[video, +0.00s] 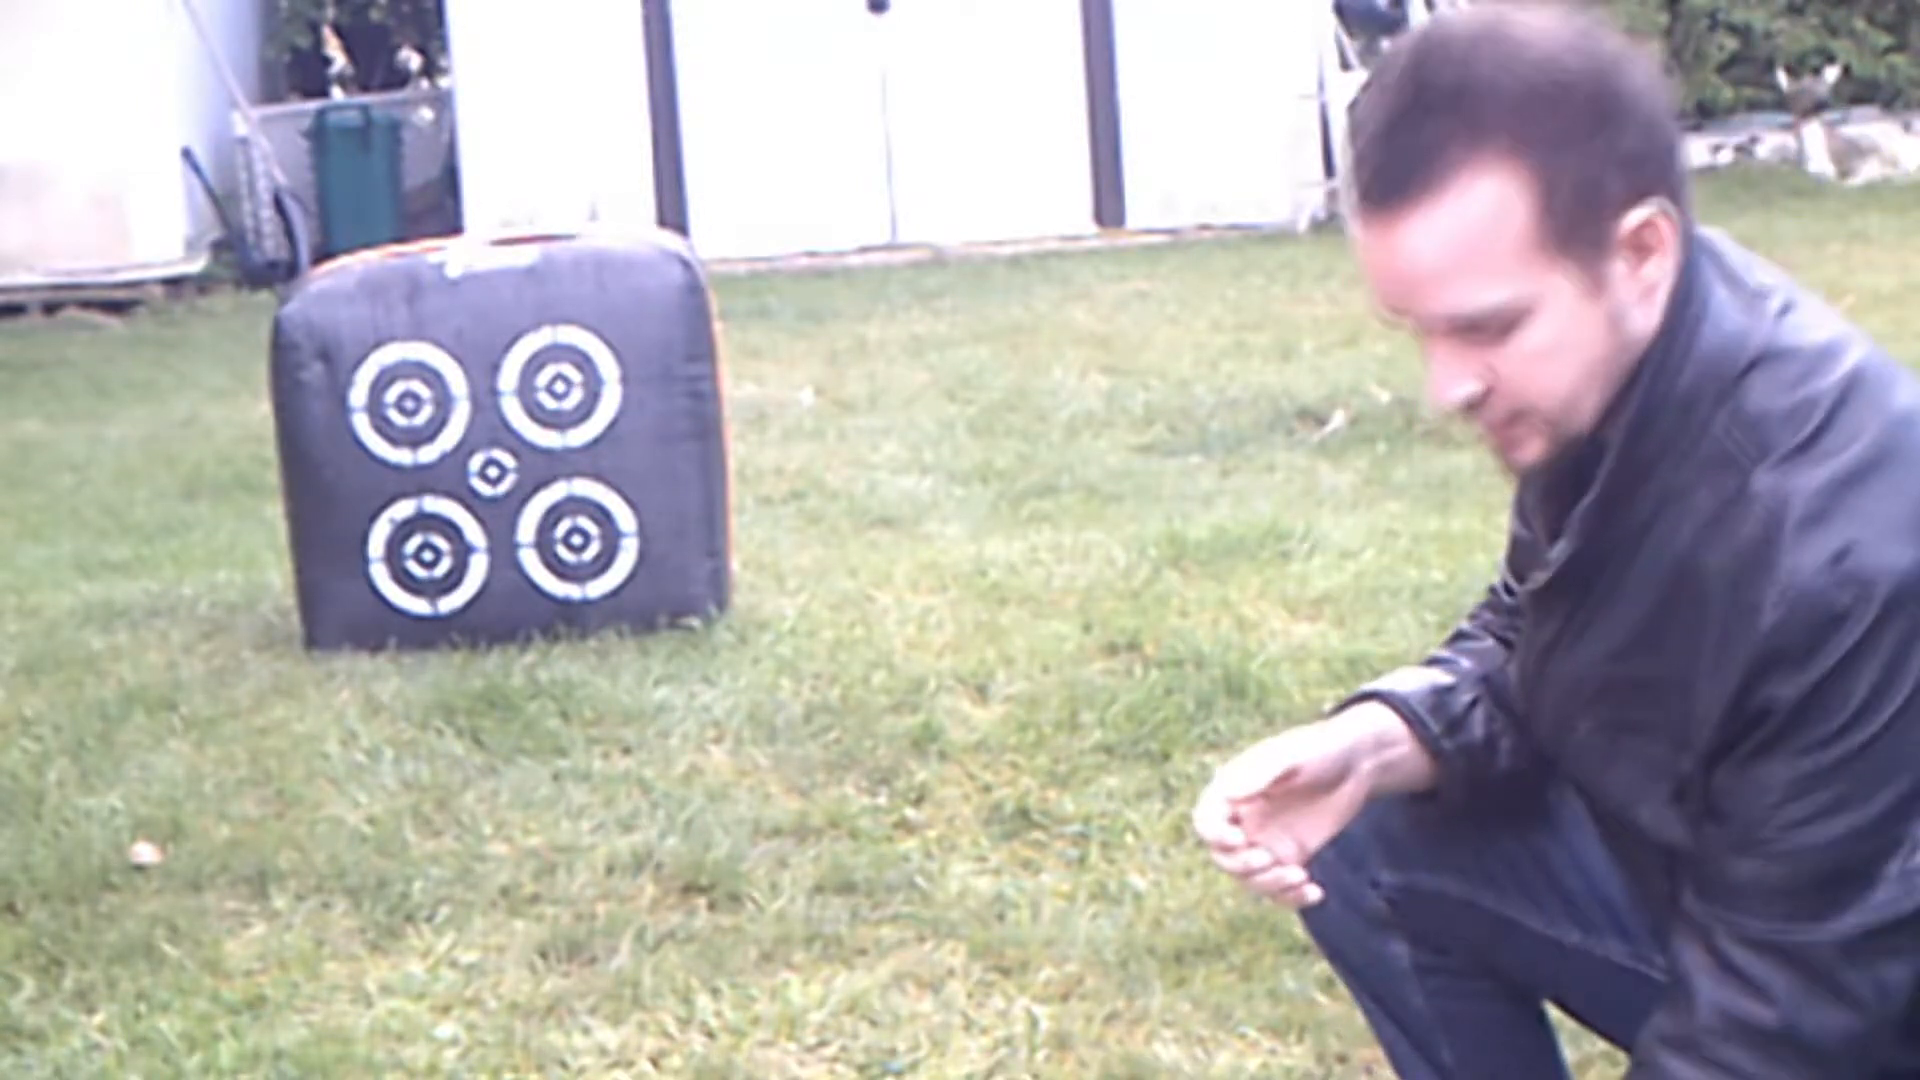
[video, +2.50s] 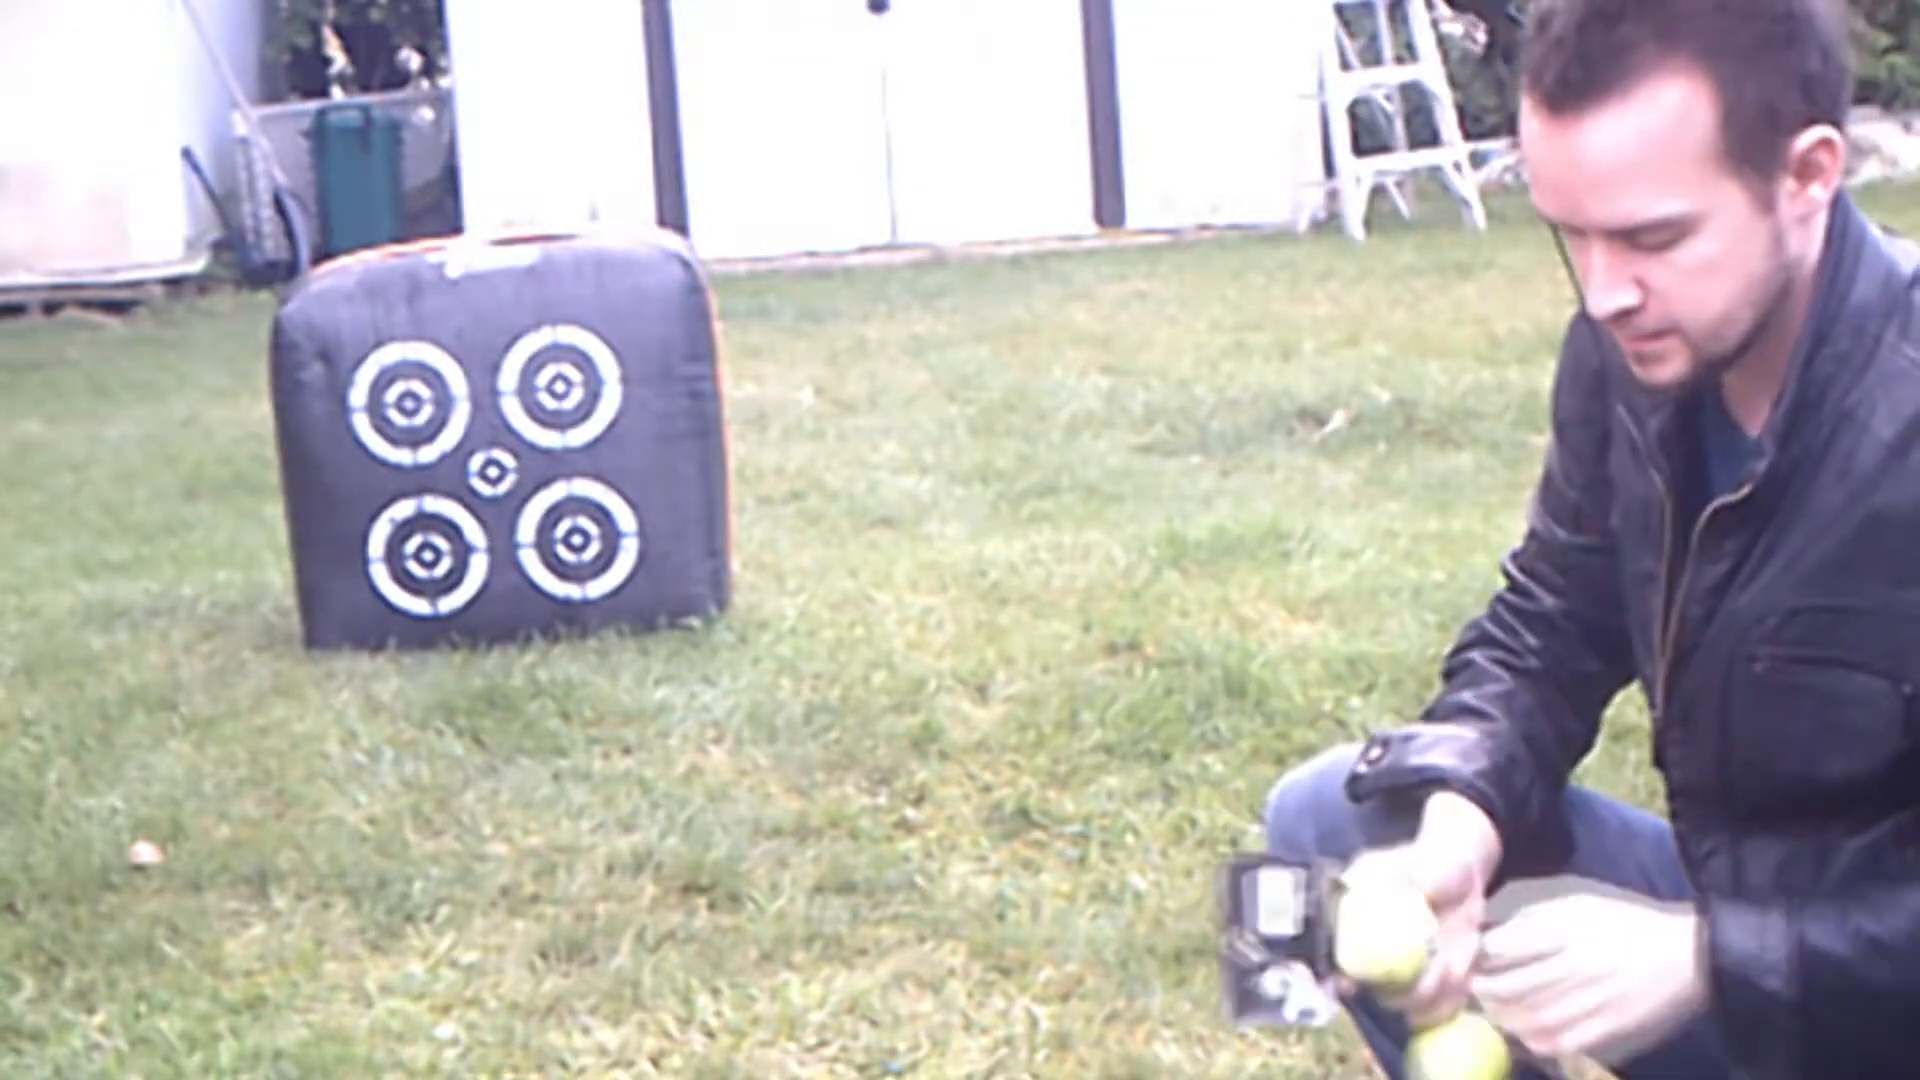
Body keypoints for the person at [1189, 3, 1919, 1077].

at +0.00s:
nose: (1447, 390)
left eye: (1489, 330)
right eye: (1420, 334)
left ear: (1643, 256)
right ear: (1391, 289)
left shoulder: (1850, 556)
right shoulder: (1622, 379)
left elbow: (1790, 1013)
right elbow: (1536, 634)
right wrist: (1373, 747)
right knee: (1362, 850)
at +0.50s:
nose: (1658, 188)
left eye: (1715, 119)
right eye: (1611, 130)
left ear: (1838, 108)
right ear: (1573, 135)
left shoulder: (1901, 368)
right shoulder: (1607, 335)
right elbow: (1542, 630)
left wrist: (1732, 878)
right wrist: (1373, 760)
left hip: (1886, 1028)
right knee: (1391, 909)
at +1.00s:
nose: (1701, 174)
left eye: (1757, 101)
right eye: (1648, 117)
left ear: (1872, 87)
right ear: (1607, 125)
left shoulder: (1911, 329)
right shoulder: (1675, 312)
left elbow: (1904, 680)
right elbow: (1557, 633)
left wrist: (1741, 412)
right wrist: (1387, 779)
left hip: (1893, 1037)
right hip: (1772, 944)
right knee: (1367, 869)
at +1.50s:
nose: (1688, 178)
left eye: (1745, 106)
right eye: (1640, 121)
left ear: (1865, 89)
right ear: (1601, 129)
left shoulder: (1905, 333)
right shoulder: (1698, 318)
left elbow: (1902, 711)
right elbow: (1562, 629)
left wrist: (1725, 451)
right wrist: (1398, 778)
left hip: (1881, 1045)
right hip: (1769, 942)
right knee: (1376, 869)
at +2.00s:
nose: (1606, 271)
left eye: (1660, 211)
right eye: (1577, 211)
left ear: (1818, 162)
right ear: (1553, 173)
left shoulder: (1899, 419)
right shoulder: (1625, 348)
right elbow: (1548, 616)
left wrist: (1722, 940)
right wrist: (1459, 824)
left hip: (1879, 1028)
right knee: (1339, 816)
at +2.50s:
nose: (1605, 296)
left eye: (1653, 239)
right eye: (1571, 237)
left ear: (1809, 184)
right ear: (1545, 197)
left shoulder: (1899, 423)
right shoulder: (1622, 349)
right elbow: (1553, 617)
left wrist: (1715, 953)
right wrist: (1464, 807)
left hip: (1877, 1005)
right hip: (1717, 905)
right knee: (1336, 813)